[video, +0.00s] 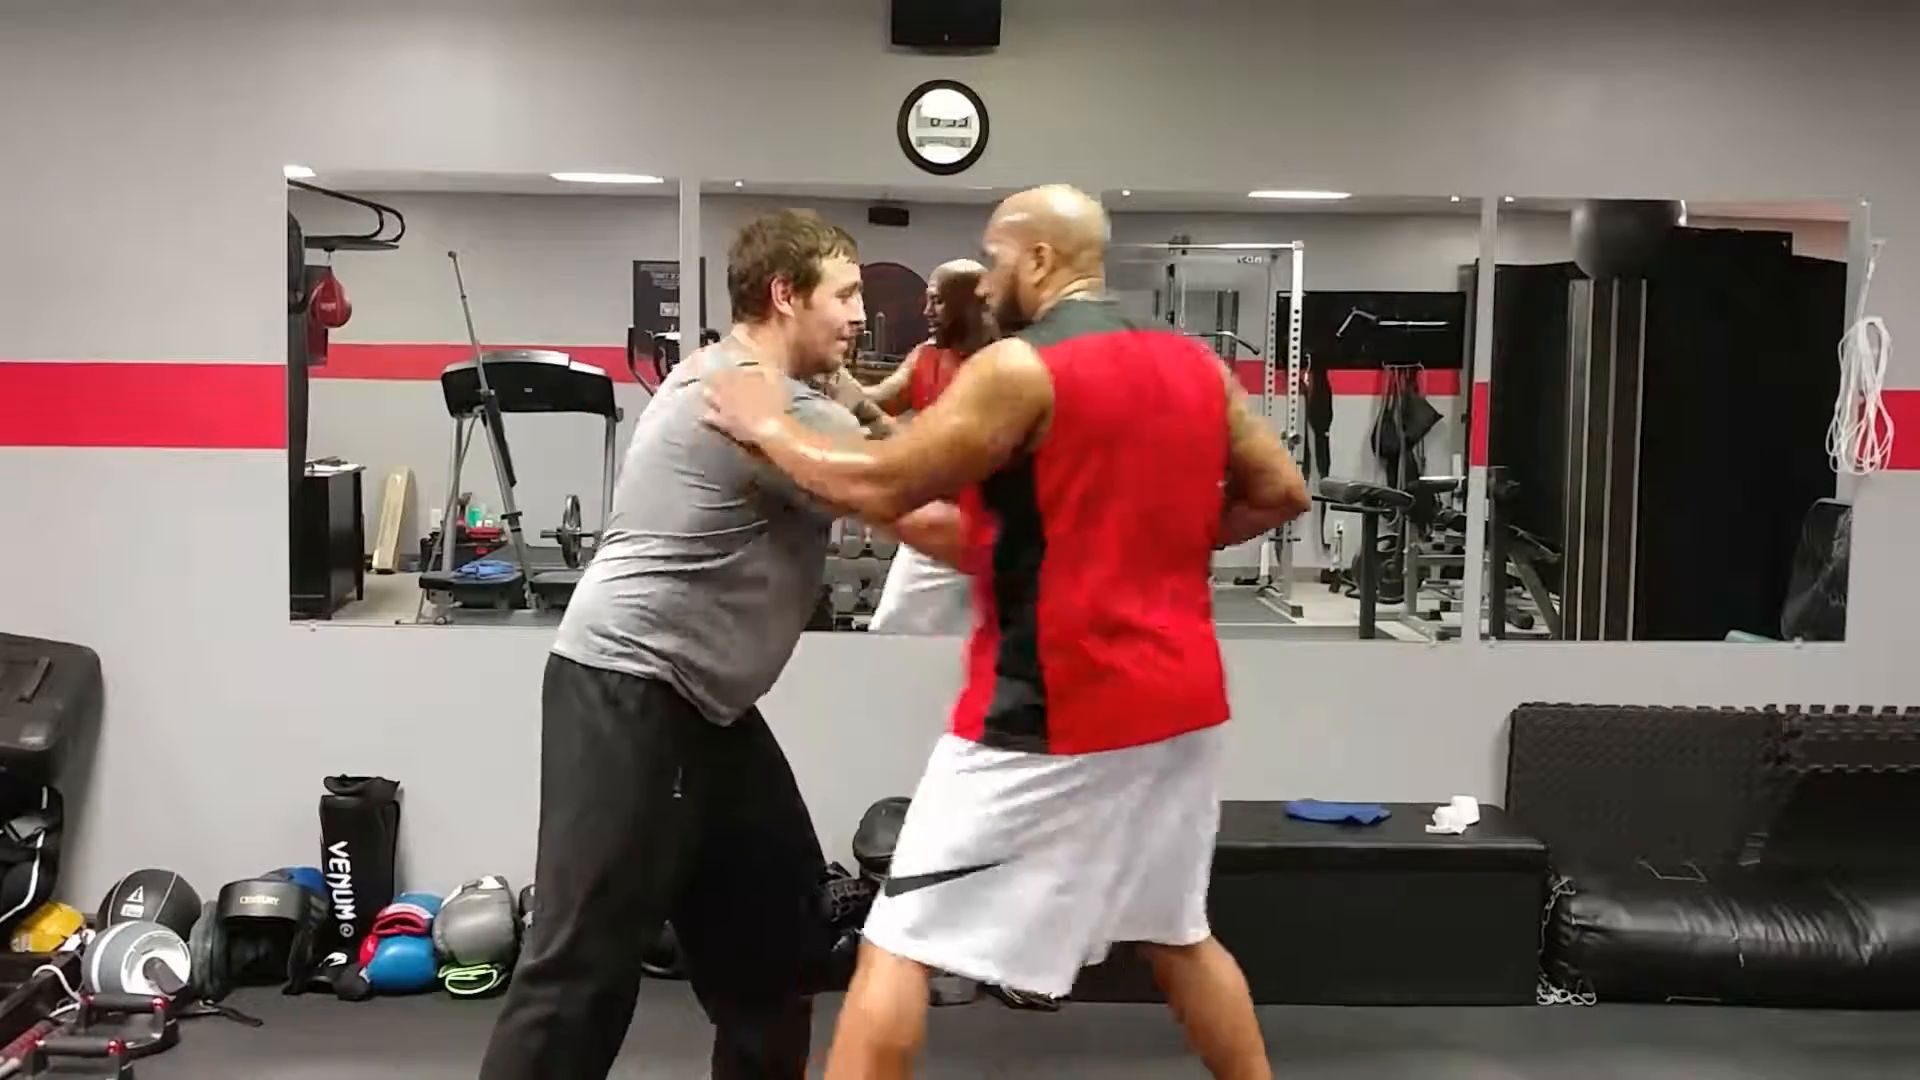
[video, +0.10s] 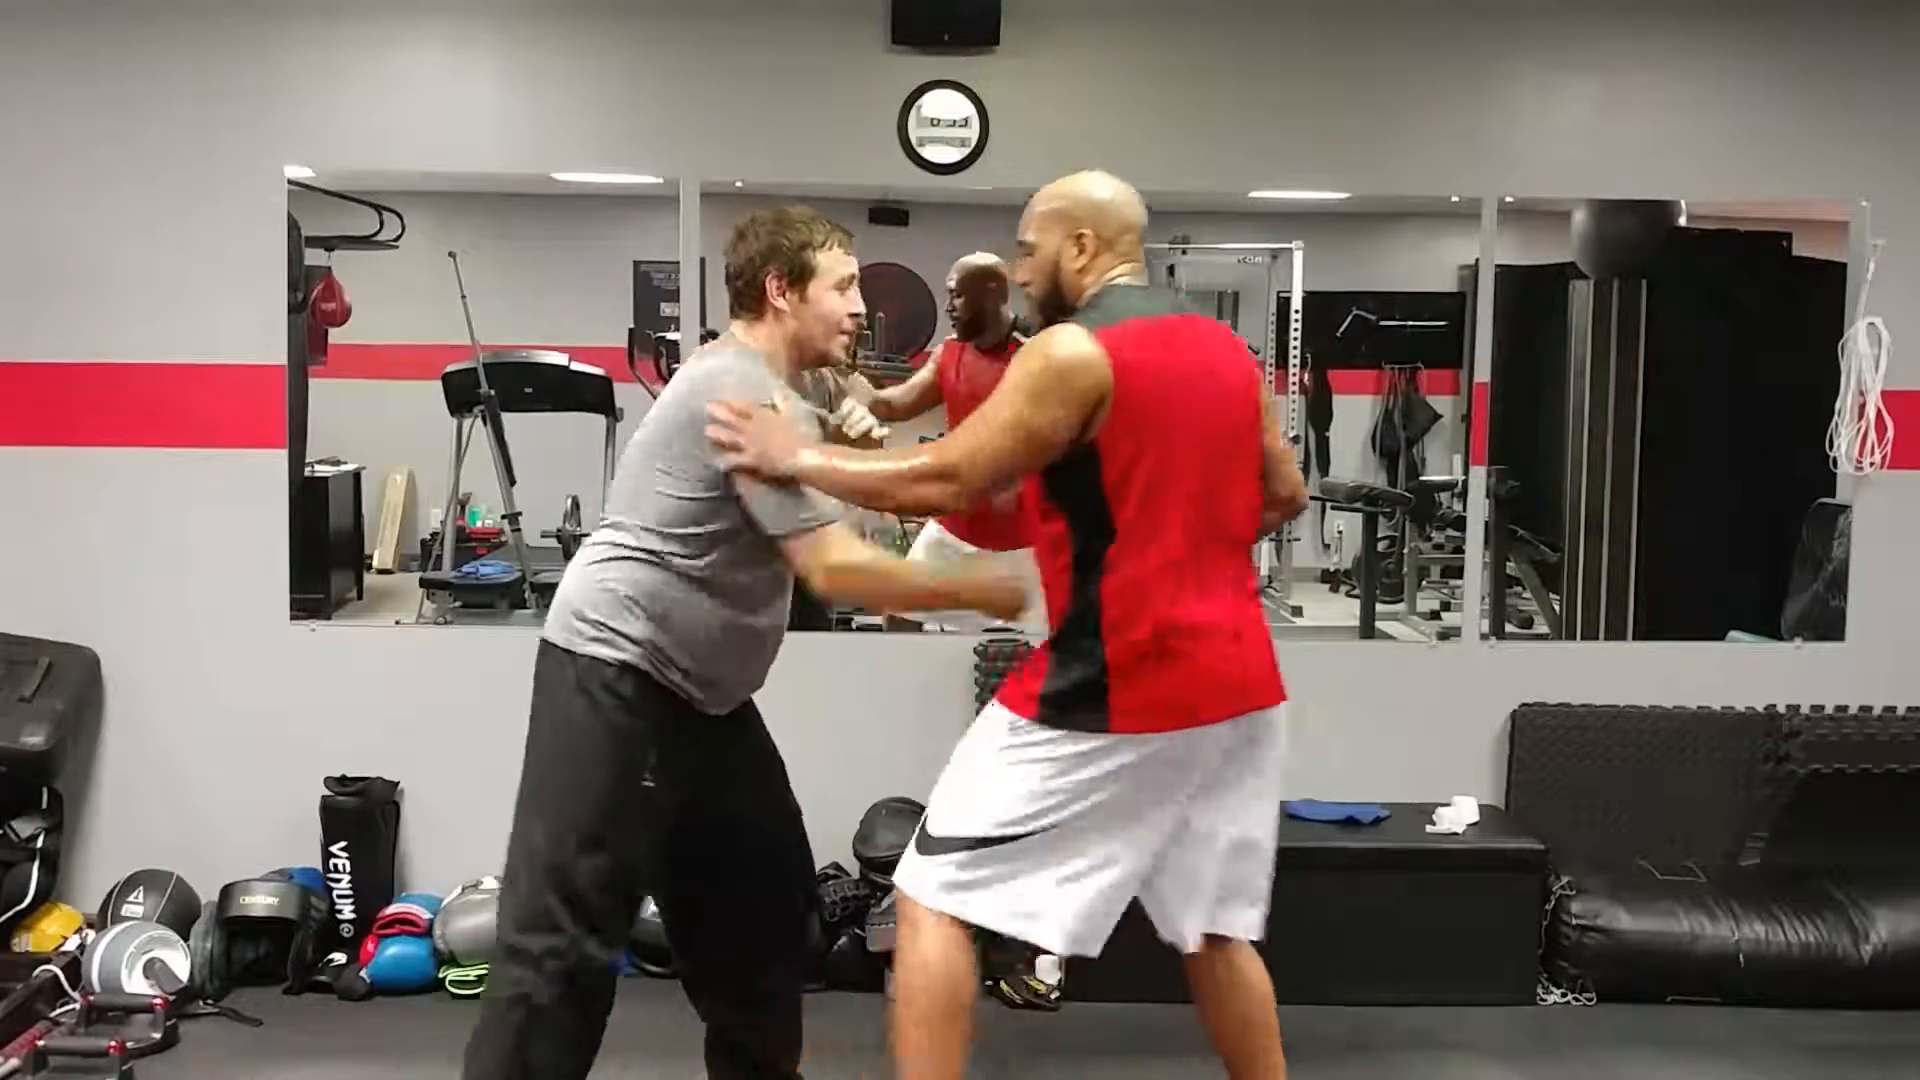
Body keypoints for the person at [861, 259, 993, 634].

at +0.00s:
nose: (927, 312)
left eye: (937, 301)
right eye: (927, 301)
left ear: (973, 301)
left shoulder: (1005, 361)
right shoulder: (926, 357)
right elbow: (871, 402)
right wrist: (835, 369)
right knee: (890, 638)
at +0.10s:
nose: (949, 307)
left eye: (958, 295)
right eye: (948, 296)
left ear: (998, 295)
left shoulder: (1037, 359)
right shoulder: (949, 356)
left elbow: (1060, 441)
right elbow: (893, 404)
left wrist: (1018, 484)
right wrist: (846, 377)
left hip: (1025, 534)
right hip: (956, 525)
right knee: (899, 615)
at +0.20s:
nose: (965, 302)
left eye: (973, 290)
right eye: (964, 291)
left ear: (1009, 290)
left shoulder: (1053, 351)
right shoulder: (971, 348)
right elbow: (921, 401)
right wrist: (878, 410)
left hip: (1036, 542)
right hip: (968, 532)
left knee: (1054, 662)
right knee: (923, 626)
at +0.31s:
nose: (975, 299)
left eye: (984, 287)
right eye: (975, 288)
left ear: (1021, 288)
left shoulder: (1062, 352)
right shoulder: (985, 344)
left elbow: (1080, 441)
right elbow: (949, 409)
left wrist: (996, 435)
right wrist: (892, 452)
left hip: (1049, 530)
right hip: (990, 525)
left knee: (1049, 657)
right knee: (964, 641)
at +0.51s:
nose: (980, 294)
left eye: (988, 284)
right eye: (981, 284)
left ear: (1020, 285)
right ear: (1014, 286)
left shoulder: (1061, 345)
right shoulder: (997, 345)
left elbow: (1071, 426)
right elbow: (994, 433)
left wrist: (998, 407)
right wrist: (955, 468)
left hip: (1045, 532)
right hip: (994, 525)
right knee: (994, 646)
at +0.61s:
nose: (985, 292)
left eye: (993, 282)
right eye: (985, 283)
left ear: (1026, 284)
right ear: (1017, 286)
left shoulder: (1064, 342)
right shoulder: (1000, 341)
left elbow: (1079, 418)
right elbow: (968, 413)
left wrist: (1002, 404)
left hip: (1056, 527)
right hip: (999, 524)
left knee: (1053, 656)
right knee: (983, 643)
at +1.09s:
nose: (948, 318)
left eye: (955, 307)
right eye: (947, 308)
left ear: (984, 309)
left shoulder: (1009, 362)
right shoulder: (963, 363)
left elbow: (962, 417)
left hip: (1015, 531)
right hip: (966, 527)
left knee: (1039, 653)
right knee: (934, 647)